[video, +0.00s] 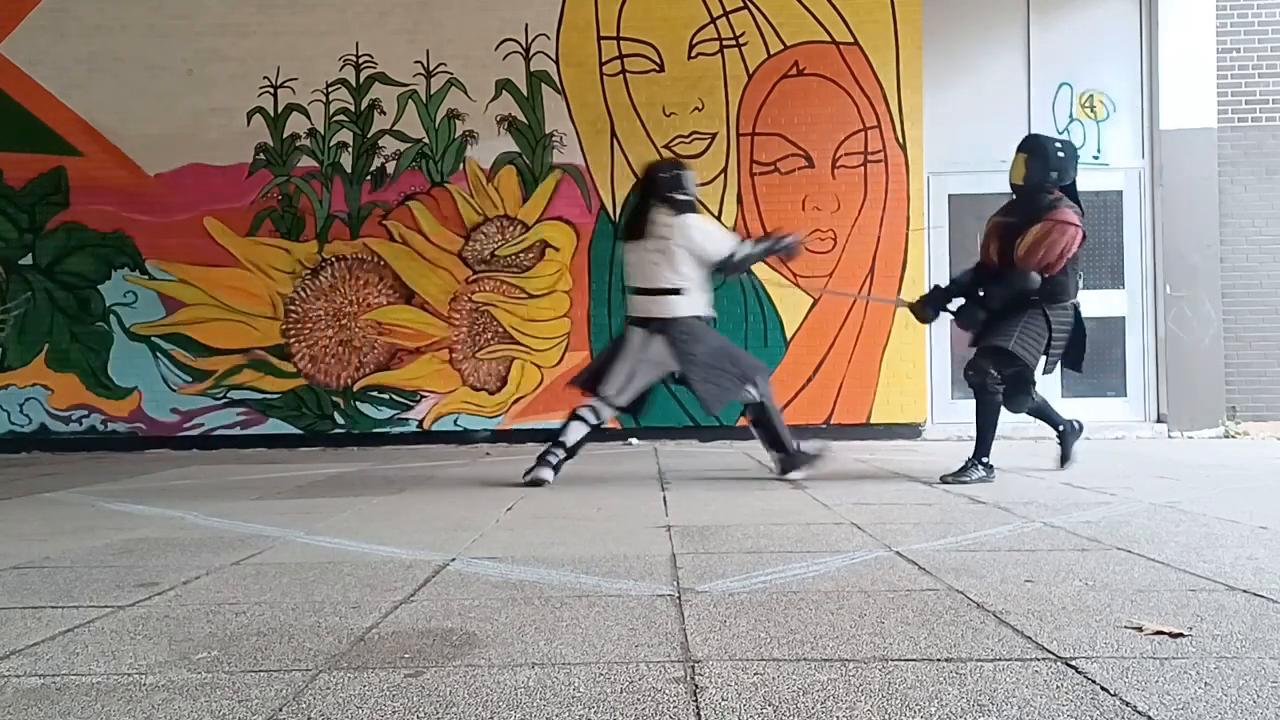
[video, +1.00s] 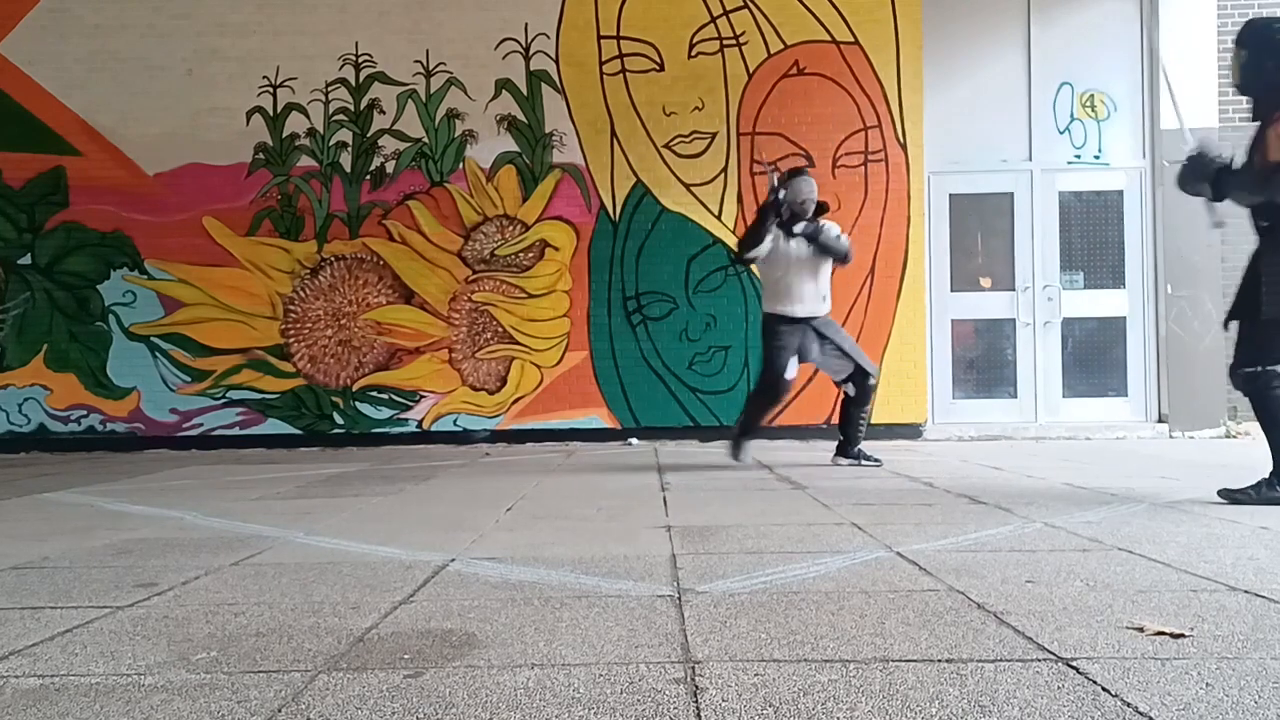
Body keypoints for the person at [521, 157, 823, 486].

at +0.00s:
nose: (693, 194)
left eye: (689, 188)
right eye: (689, 188)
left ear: (649, 193)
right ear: (679, 191)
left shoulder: (634, 229)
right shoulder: (688, 224)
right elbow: (732, 256)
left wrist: (751, 249)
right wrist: (774, 246)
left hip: (641, 332)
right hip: (685, 333)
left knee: (604, 402)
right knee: (753, 379)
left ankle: (548, 463)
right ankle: (789, 456)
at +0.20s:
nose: (760, 181)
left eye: (759, 176)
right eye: (756, 178)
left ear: (719, 187)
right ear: (745, 188)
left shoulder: (708, 220)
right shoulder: (757, 222)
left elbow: (747, 182)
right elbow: (807, 215)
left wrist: (787, 162)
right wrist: (828, 178)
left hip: (716, 325)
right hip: (754, 327)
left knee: (714, 401)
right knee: (824, 377)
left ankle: (654, 442)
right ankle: (806, 459)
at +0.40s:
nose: (802, 168)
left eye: (800, 163)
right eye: (797, 164)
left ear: (757, 173)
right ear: (787, 173)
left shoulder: (744, 203)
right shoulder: (796, 205)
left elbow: (764, 159)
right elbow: (841, 182)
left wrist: (795, 123)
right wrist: (837, 137)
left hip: (752, 307)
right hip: (786, 307)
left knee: (782, 371)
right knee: (838, 379)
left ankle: (771, 439)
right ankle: (807, 458)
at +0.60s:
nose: (823, 174)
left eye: (820, 167)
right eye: (818, 167)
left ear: (777, 171)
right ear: (810, 169)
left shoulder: (771, 207)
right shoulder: (812, 200)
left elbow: (779, 170)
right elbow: (850, 164)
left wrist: (795, 136)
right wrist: (814, 134)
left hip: (784, 305)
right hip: (805, 305)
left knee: (832, 369)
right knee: (837, 377)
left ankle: (835, 434)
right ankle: (807, 453)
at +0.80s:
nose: (818, 185)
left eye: (819, 179)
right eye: (812, 180)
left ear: (820, 181)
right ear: (795, 184)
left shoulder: (827, 209)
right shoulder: (779, 221)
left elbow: (854, 189)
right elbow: (802, 202)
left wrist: (840, 157)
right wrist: (795, 166)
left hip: (827, 312)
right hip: (798, 311)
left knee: (861, 378)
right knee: (819, 371)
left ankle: (848, 447)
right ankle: (801, 451)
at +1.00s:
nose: (807, 207)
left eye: (811, 201)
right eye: (801, 201)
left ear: (815, 201)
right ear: (786, 200)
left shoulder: (824, 228)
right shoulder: (770, 229)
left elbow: (845, 254)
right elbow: (745, 252)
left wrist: (811, 233)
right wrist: (767, 215)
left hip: (818, 321)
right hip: (781, 322)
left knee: (863, 376)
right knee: (777, 385)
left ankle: (849, 447)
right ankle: (742, 436)